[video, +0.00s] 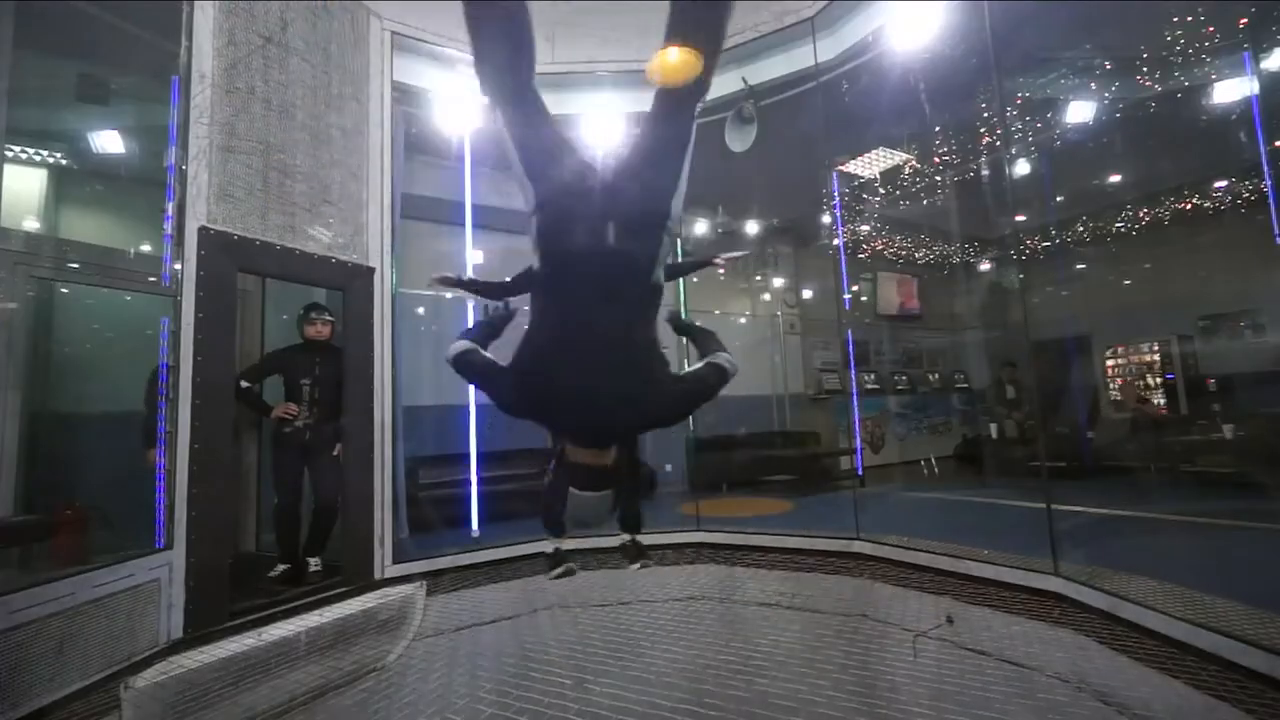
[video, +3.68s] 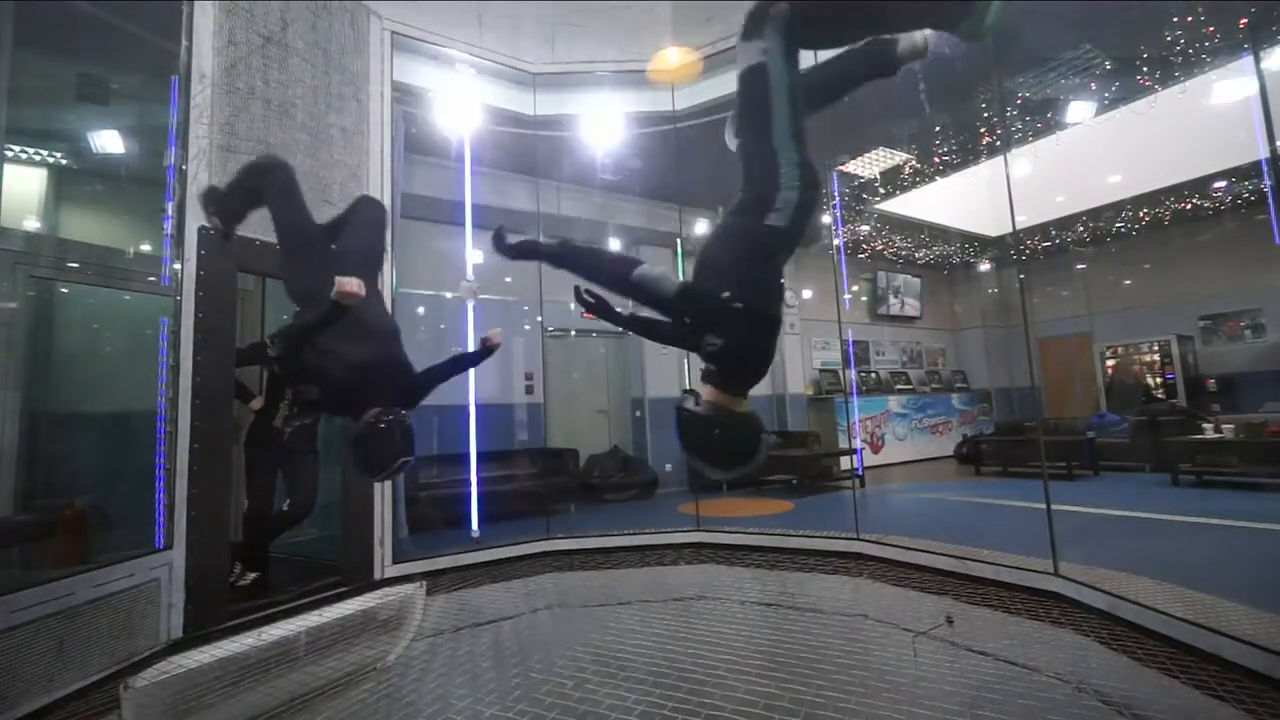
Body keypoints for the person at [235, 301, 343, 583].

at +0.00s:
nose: (319, 328)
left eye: (325, 323)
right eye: (313, 323)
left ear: (333, 327)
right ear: (302, 327)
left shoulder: (341, 359)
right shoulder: (287, 356)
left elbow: (352, 400)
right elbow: (242, 384)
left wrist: (344, 438)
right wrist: (269, 410)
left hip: (325, 439)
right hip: (289, 439)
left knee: (329, 500)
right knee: (287, 500)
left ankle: (313, 555)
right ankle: (287, 561)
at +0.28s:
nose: (319, 327)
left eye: (325, 322)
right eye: (313, 322)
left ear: (333, 327)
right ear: (302, 326)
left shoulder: (341, 359)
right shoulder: (287, 356)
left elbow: (355, 400)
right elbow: (243, 383)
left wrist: (346, 437)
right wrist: (269, 410)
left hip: (326, 439)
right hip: (289, 439)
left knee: (328, 502)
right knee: (288, 500)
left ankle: (313, 555)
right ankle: (288, 561)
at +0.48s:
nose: (324, 328)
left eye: (329, 323)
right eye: (317, 321)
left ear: (333, 328)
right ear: (301, 323)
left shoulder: (333, 359)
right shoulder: (278, 349)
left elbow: (321, 394)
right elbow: (223, 359)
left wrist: (294, 374)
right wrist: (248, 396)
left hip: (300, 442)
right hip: (265, 438)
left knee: (302, 505)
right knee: (261, 505)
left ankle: (243, 553)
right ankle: (254, 572)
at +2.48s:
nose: (321, 324)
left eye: (326, 320)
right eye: (314, 319)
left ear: (331, 326)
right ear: (300, 323)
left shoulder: (334, 357)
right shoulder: (279, 348)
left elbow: (333, 392)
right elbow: (224, 361)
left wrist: (292, 373)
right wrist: (250, 398)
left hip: (302, 441)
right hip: (264, 436)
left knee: (302, 505)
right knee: (259, 504)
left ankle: (242, 553)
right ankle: (254, 569)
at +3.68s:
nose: (309, 326)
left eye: (316, 322)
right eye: (306, 318)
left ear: (325, 328)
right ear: (298, 318)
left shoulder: (330, 359)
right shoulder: (280, 346)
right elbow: (223, 362)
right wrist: (248, 398)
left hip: (301, 437)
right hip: (265, 434)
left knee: (302, 505)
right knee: (259, 506)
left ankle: (242, 554)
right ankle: (256, 571)